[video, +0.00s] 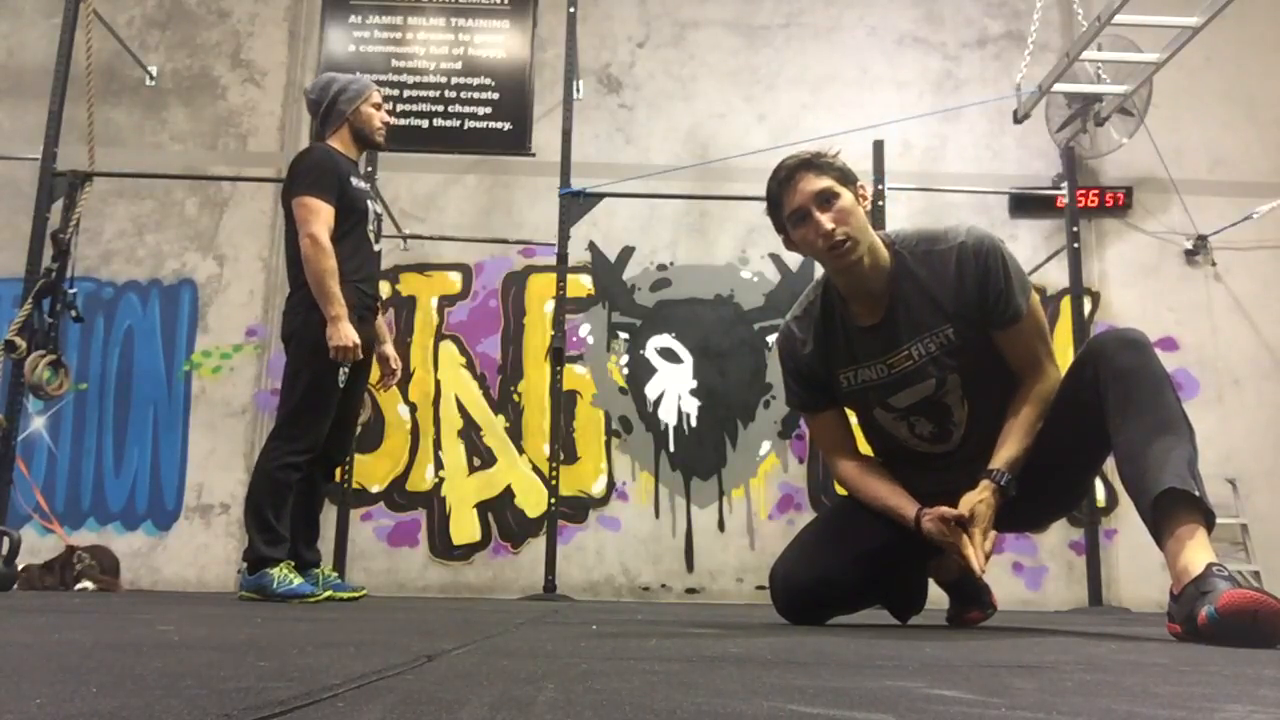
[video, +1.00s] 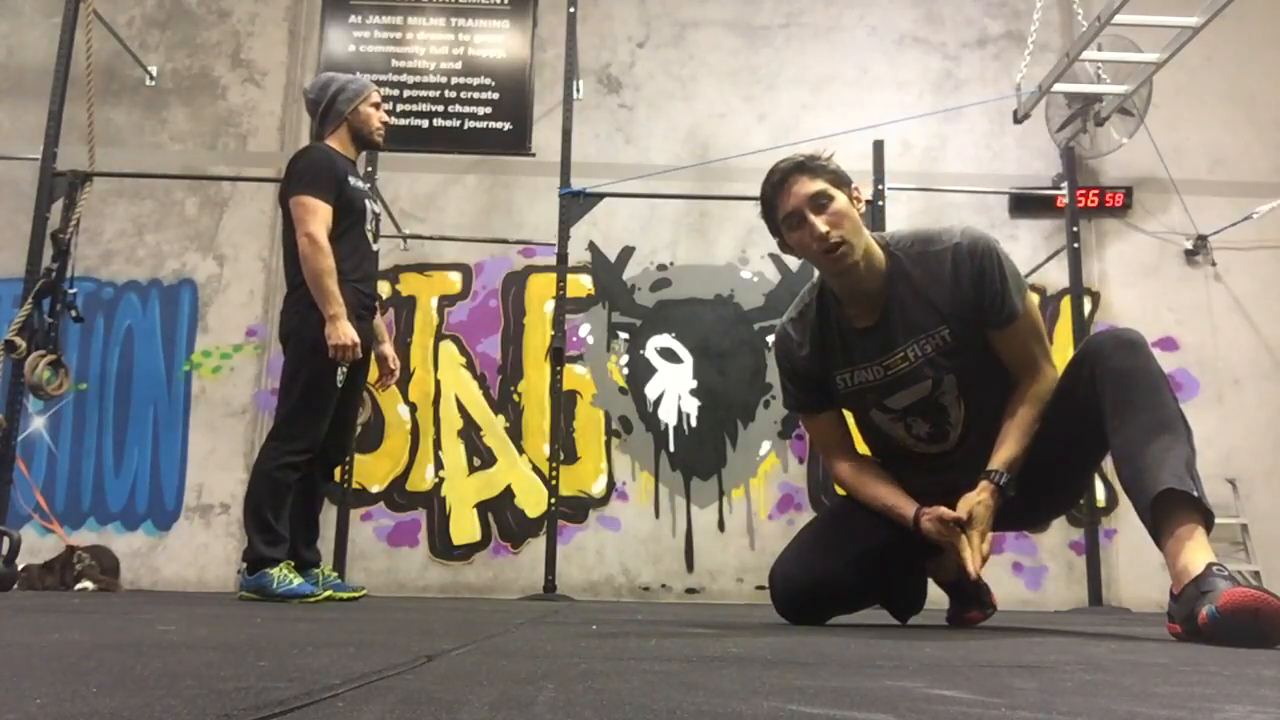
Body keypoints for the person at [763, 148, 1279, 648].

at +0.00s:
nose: (822, 223)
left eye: (828, 200)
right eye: (800, 221)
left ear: (863, 195)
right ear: (793, 245)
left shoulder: (970, 259)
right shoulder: (804, 340)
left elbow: (1040, 379)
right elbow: (841, 456)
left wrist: (992, 485)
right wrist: (916, 516)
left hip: (1018, 472)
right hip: (913, 497)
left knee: (1120, 349)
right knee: (796, 590)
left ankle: (1195, 578)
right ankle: (940, 560)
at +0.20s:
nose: (822, 226)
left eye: (827, 202)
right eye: (800, 223)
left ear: (862, 196)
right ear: (793, 247)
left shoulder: (969, 260)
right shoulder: (804, 341)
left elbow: (1040, 379)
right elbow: (840, 456)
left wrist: (991, 486)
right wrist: (916, 517)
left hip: (1018, 471)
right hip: (913, 497)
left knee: (1120, 349)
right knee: (796, 590)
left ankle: (1195, 578)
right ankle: (940, 561)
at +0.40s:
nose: (820, 225)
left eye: (825, 202)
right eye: (798, 223)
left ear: (861, 197)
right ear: (790, 248)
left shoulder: (968, 260)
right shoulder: (803, 341)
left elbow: (1039, 379)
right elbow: (840, 456)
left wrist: (991, 486)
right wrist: (916, 517)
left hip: (1017, 472)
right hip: (912, 498)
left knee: (1119, 350)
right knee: (796, 590)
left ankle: (1195, 578)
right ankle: (938, 560)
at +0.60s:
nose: (819, 225)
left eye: (824, 202)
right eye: (797, 223)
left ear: (858, 196)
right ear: (789, 248)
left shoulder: (966, 260)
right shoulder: (801, 342)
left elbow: (1038, 378)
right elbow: (840, 458)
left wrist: (991, 486)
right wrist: (915, 517)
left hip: (1016, 471)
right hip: (911, 497)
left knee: (1118, 349)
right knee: (795, 591)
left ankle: (1195, 578)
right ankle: (935, 558)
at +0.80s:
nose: (817, 225)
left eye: (822, 202)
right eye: (795, 223)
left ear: (858, 196)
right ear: (789, 248)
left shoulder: (966, 260)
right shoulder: (801, 341)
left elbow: (1038, 378)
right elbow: (839, 457)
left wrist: (991, 486)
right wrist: (915, 517)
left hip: (1017, 469)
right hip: (911, 496)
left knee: (1118, 350)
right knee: (795, 590)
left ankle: (1195, 578)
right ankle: (935, 559)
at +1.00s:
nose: (817, 226)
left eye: (822, 202)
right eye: (795, 225)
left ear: (857, 196)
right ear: (789, 250)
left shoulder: (966, 260)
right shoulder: (800, 342)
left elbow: (1037, 378)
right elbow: (839, 457)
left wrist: (991, 486)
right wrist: (915, 517)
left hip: (1016, 470)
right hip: (910, 496)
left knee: (1118, 349)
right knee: (795, 591)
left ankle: (1195, 578)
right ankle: (934, 558)